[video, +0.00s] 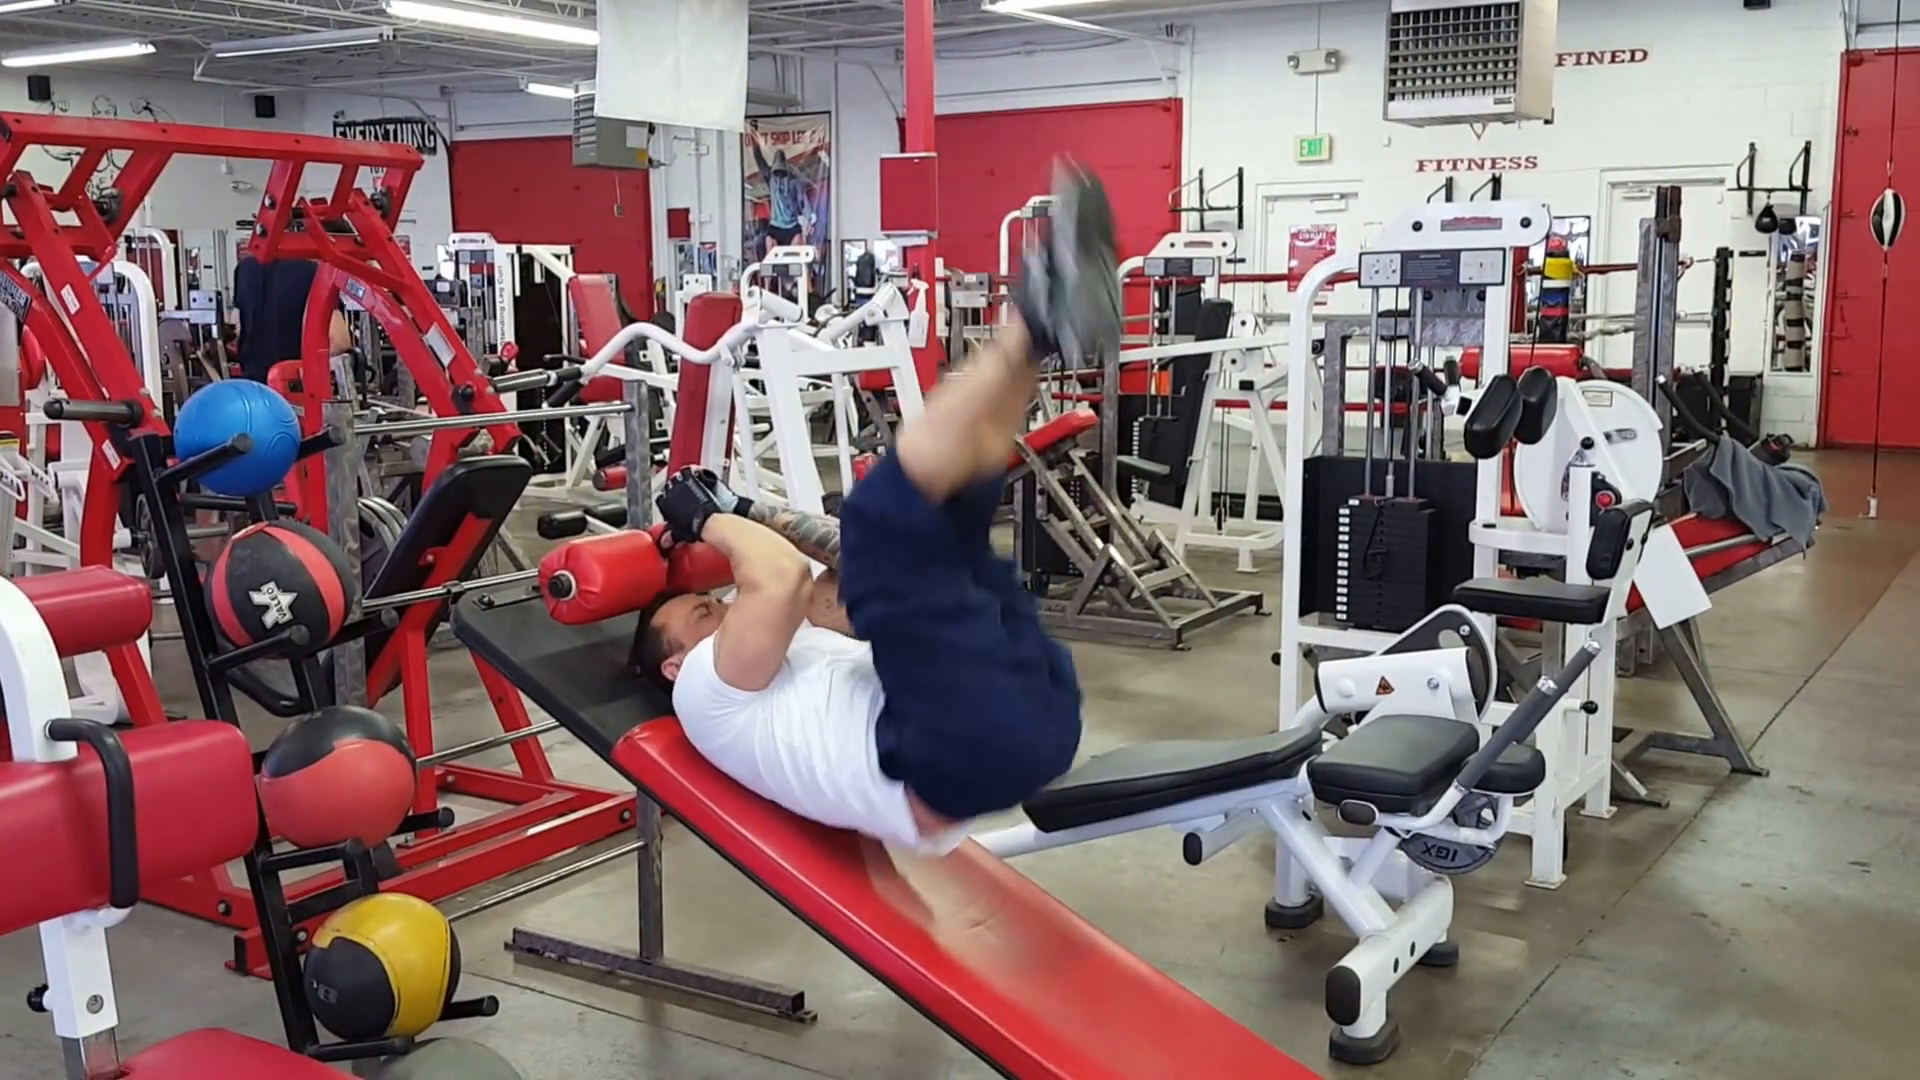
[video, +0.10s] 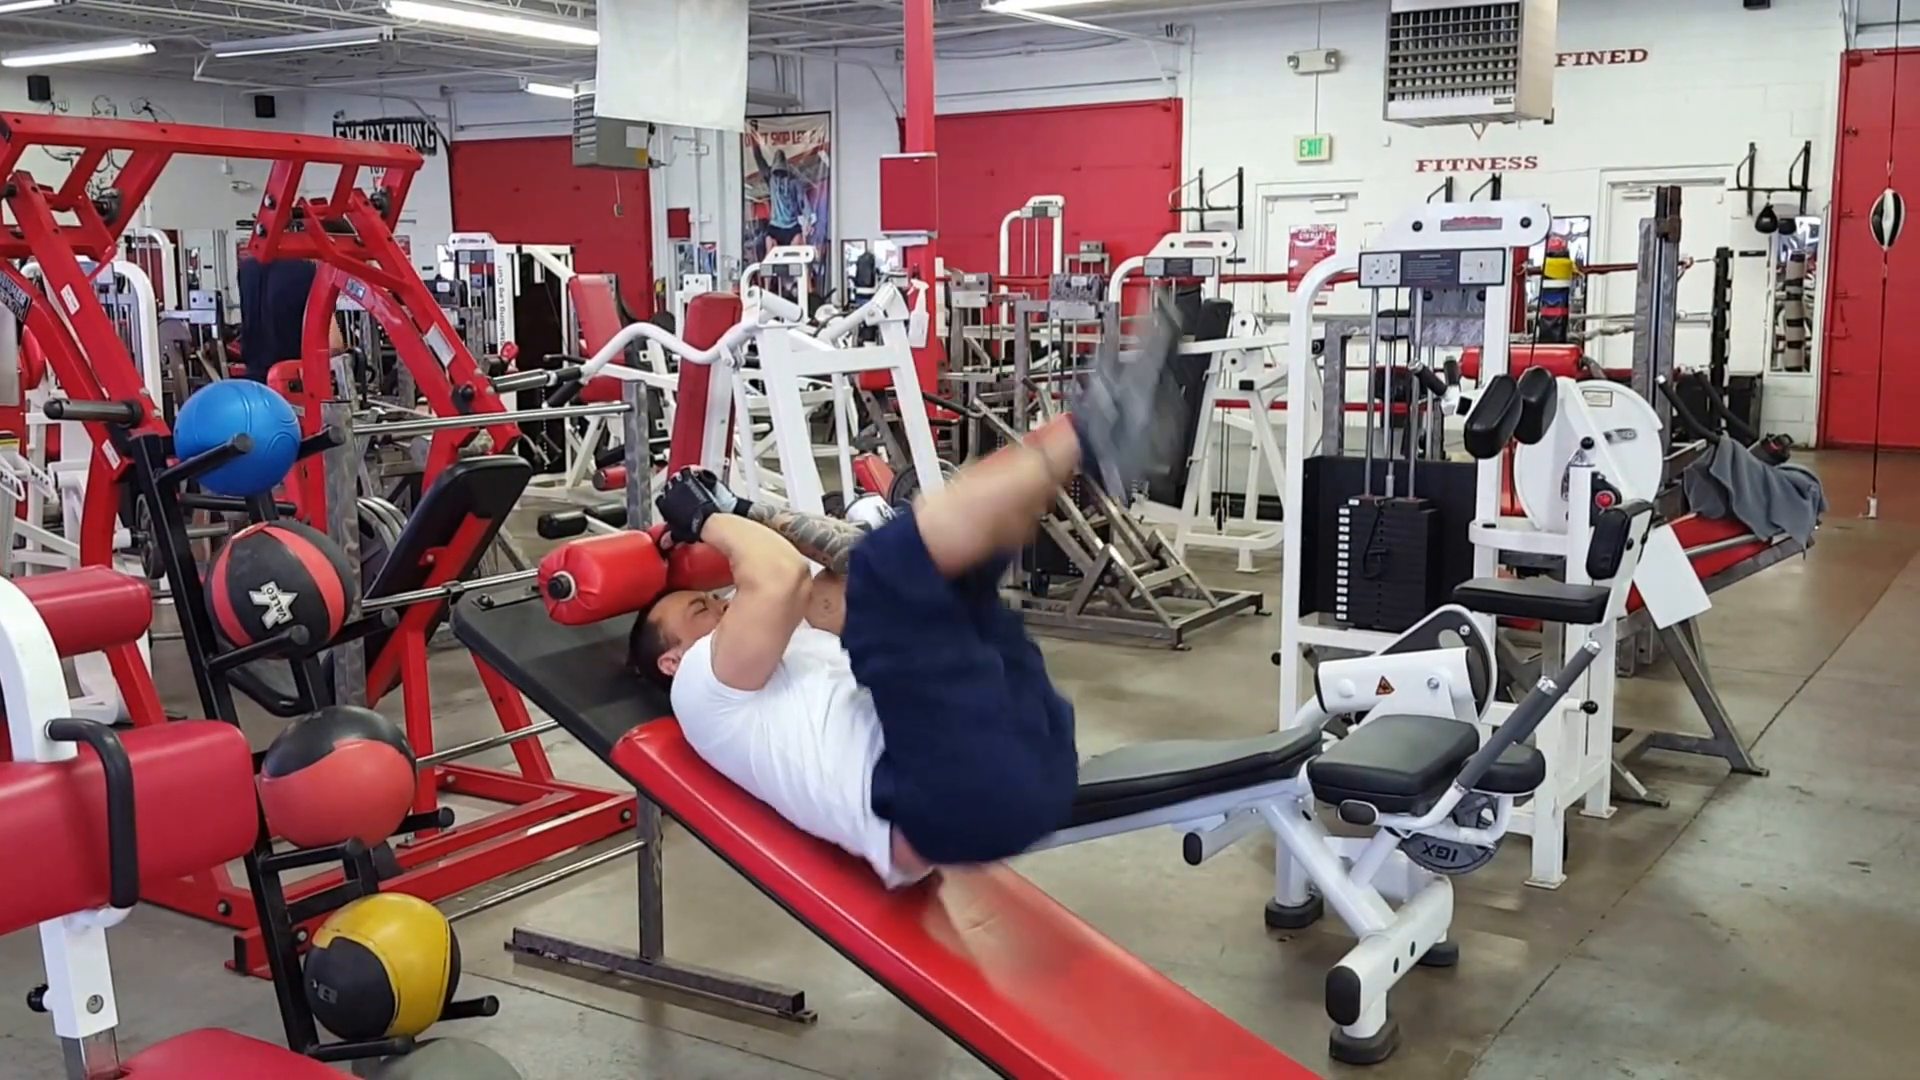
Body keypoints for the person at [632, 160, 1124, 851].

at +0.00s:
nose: (722, 612)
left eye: (715, 607)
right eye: (699, 617)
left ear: (727, 614)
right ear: (672, 666)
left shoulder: (795, 664)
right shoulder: (704, 696)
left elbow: (848, 604)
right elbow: (781, 574)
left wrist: (754, 527)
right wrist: (706, 517)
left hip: (1039, 719)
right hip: (966, 753)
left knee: (940, 524)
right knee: (879, 515)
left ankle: (1039, 331)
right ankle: (1027, 328)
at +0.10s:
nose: (721, 608)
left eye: (715, 600)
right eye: (699, 610)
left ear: (734, 605)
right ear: (668, 660)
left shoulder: (797, 656)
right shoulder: (702, 691)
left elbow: (844, 595)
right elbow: (779, 576)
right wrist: (710, 521)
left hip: (1033, 763)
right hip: (960, 800)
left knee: (941, 564)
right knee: (883, 562)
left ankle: (1105, 443)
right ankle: (1084, 432)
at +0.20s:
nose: (715, 605)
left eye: (706, 601)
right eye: (694, 609)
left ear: (714, 619)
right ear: (678, 649)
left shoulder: (800, 666)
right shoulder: (708, 687)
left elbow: (874, 619)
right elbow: (776, 574)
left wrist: (786, 557)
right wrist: (708, 518)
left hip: (1030, 790)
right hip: (967, 834)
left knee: (935, 595)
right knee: (911, 593)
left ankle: (1168, 549)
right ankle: (1153, 547)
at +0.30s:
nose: (727, 601)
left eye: (719, 593)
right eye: (704, 605)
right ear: (683, 650)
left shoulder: (816, 649)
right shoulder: (714, 690)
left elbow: (868, 554)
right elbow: (784, 571)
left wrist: (773, 528)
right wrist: (716, 519)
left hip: (1020, 819)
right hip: (955, 853)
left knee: (1034, 578)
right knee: (975, 609)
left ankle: (1223, 658)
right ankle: (1205, 672)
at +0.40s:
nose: (724, 599)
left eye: (716, 592)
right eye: (704, 602)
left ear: (731, 610)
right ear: (685, 647)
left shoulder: (819, 646)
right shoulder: (717, 692)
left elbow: (871, 549)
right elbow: (774, 561)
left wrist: (781, 537)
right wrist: (703, 514)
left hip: (1017, 834)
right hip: (950, 874)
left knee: (1084, 614)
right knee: (1022, 649)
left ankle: (1273, 760)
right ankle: (1236, 781)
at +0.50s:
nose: (733, 609)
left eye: (726, 599)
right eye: (710, 609)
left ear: (739, 611)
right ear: (687, 648)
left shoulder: (822, 650)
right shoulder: (716, 696)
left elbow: (868, 549)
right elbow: (777, 567)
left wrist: (781, 550)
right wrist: (702, 516)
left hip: (1021, 856)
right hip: (952, 888)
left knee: (1135, 665)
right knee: (1066, 698)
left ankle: (1313, 878)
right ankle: (1267, 891)